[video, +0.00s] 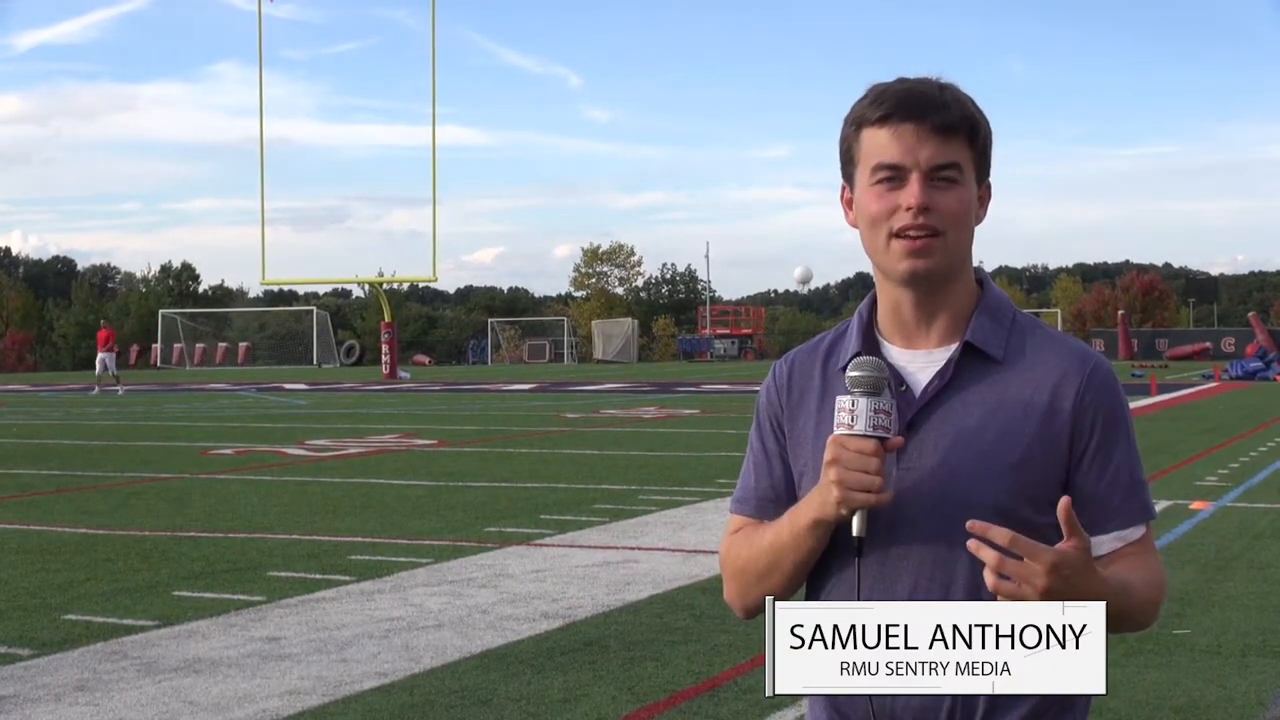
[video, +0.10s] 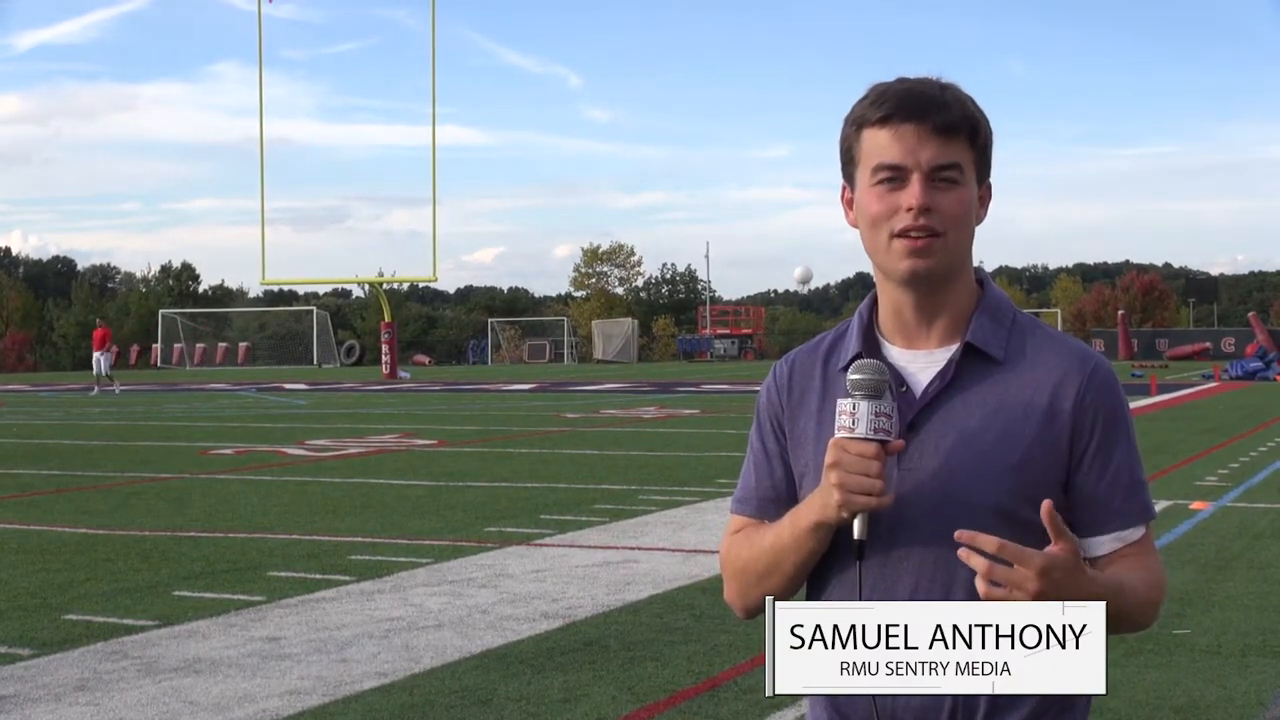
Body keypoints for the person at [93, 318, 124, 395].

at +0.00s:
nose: (103, 325)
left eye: (104, 323)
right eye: (102, 323)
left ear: (107, 324)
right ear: (100, 324)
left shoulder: (110, 332)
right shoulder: (99, 332)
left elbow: (111, 343)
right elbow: (99, 342)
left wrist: (104, 349)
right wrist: (98, 351)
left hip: (109, 353)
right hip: (101, 353)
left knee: (113, 372)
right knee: (98, 372)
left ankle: (120, 387)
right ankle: (97, 388)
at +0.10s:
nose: (98, 323)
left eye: (99, 322)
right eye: (97, 322)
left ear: (102, 322)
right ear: (96, 323)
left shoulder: (106, 331)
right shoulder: (95, 332)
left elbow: (109, 342)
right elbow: (94, 342)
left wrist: (104, 350)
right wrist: (94, 351)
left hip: (104, 353)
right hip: (96, 353)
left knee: (105, 372)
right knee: (96, 372)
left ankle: (116, 384)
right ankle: (97, 388)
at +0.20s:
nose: (95, 323)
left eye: (96, 321)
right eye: (94, 322)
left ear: (99, 322)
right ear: (93, 323)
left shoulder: (104, 331)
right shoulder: (91, 331)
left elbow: (107, 342)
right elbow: (89, 343)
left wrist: (105, 352)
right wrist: (87, 353)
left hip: (100, 352)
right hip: (92, 352)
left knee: (99, 371)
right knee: (94, 372)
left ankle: (107, 383)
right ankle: (97, 387)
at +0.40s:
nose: (88, 323)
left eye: (90, 321)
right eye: (87, 321)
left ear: (93, 322)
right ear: (86, 322)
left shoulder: (98, 331)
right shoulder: (84, 332)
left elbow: (103, 343)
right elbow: (79, 343)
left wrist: (105, 353)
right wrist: (74, 351)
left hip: (95, 352)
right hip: (87, 352)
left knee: (90, 370)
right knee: (91, 371)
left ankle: (89, 387)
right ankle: (96, 388)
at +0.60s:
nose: (83, 324)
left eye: (84, 322)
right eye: (82, 322)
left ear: (88, 323)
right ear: (81, 323)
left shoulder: (92, 332)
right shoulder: (79, 332)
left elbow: (97, 344)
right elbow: (74, 344)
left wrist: (100, 353)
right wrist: (68, 352)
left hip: (89, 353)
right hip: (81, 353)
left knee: (84, 372)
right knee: (83, 373)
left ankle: (84, 390)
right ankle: (93, 387)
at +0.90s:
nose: (75, 323)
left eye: (76, 321)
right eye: (74, 321)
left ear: (79, 322)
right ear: (72, 322)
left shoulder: (82, 331)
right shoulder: (70, 332)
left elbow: (84, 342)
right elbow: (70, 342)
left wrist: (79, 349)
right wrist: (69, 349)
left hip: (81, 352)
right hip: (72, 352)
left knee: (81, 372)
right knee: (68, 371)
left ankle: (83, 389)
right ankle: (70, 388)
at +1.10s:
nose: (67, 324)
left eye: (69, 323)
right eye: (66, 323)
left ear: (72, 323)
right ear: (65, 324)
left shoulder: (75, 331)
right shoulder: (63, 332)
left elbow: (75, 343)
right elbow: (63, 343)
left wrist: (66, 349)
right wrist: (63, 350)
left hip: (74, 353)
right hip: (65, 354)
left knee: (76, 373)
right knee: (62, 373)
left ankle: (82, 389)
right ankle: (61, 389)